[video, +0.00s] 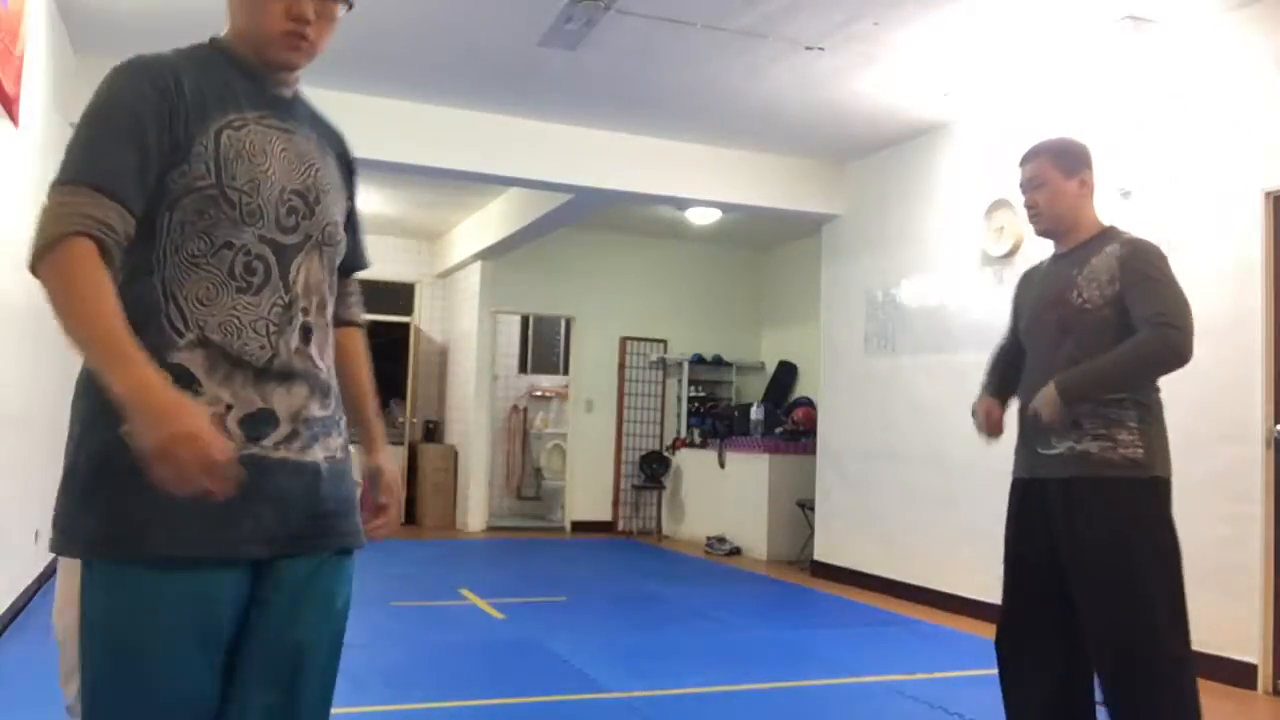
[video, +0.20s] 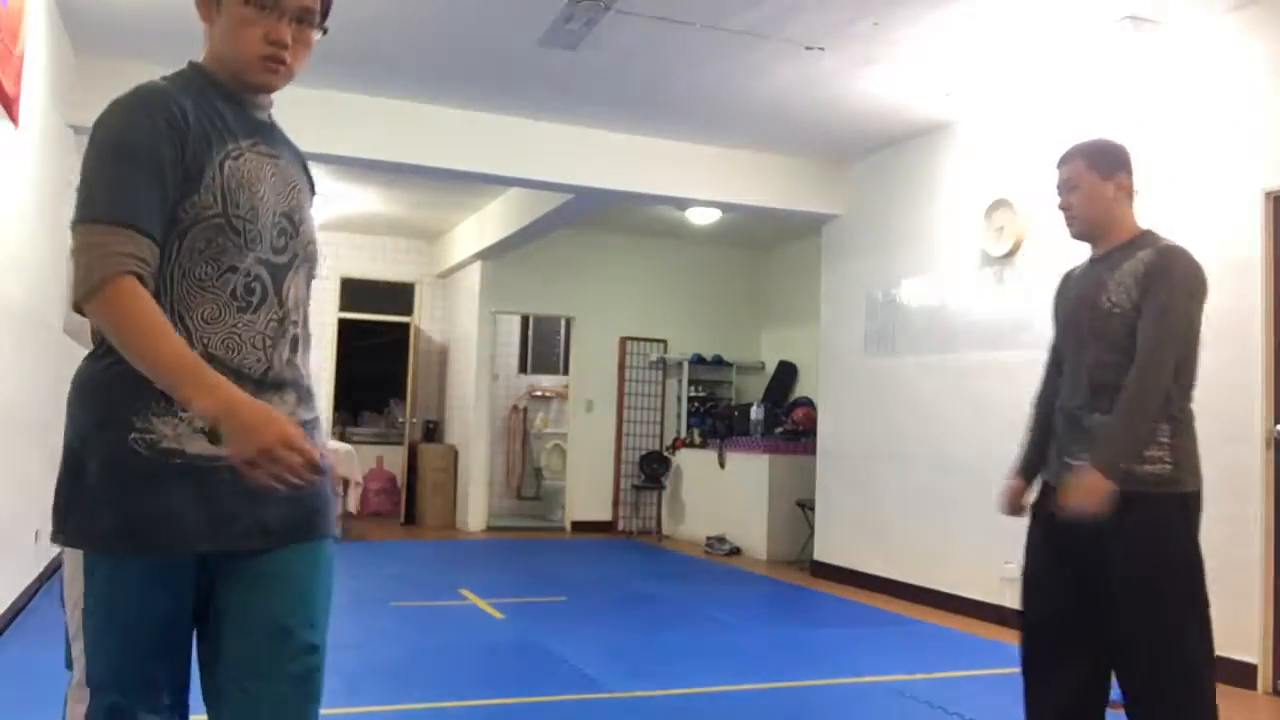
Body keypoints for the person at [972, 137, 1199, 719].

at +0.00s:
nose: (1027, 200)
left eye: (1037, 187)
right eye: (1023, 191)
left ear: (1082, 183)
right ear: (1029, 197)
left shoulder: (1132, 255)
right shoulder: (1032, 281)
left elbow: (1171, 341)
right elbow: (1015, 348)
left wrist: (1068, 388)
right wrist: (994, 391)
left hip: (1117, 482)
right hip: (1039, 484)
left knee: (1138, 648)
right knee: (1037, 645)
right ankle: (1047, 717)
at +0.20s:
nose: (1061, 203)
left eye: (1071, 189)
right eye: (1060, 192)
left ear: (1117, 187)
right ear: (1105, 192)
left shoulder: (1170, 267)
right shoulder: (1072, 282)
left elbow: (1153, 377)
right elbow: (1056, 380)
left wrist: (1104, 464)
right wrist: (1029, 464)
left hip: (1149, 499)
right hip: (1066, 497)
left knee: (1162, 671)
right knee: (1058, 669)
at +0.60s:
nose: (1086, 214)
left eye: (1096, 201)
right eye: (1086, 202)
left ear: (1142, 199)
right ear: (1134, 202)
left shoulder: (1198, 272)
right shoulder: (1116, 270)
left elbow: (1261, 365)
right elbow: (1134, 373)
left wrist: (1260, 488)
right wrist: (1116, 474)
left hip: (1194, 505)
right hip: (1121, 499)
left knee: (1198, 672)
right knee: (1118, 664)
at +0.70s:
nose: (1093, 215)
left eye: (1103, 202)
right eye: (1093, 202)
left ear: (1150, 202)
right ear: (1138, 205)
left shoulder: (1205, 273)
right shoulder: (1121, 269)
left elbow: (1254, 371)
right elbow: (1126, 358)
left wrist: (1259, 467)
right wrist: (1097, 400)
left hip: (1193, 496)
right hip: (1122, 493)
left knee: (1193, 648)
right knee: (1124, 641)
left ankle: (1197, 717)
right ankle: (1130, 713)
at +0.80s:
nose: (1100, 217)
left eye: (1111, 205)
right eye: (1100, 205)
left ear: (1156, 205)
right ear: (1138, 209)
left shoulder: (1206, 272)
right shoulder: (1122, 270)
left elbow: (1233, 351)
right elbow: (1097, 327)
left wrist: (1218, 415)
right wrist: (1076, 376)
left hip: (1187, 486)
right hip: (1120, 482)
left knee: (1190, 619)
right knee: (1127, 606)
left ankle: (1202, 710)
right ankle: (1153, 705)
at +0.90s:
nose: (1101, 223)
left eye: (1112, 210)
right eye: (1100, 211)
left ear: (1155, 211)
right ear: (1136, 216)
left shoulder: (1202, 277)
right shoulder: (1119, 285)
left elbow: (1221, 349)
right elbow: (1082, 336)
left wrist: (1172, 394)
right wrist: (1054, 381)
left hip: (1183, 489)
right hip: (1117, 488)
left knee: (1187, 629)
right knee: (1133, 625)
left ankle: (1203, 713)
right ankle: (1161, 709)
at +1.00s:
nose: (1098, 229)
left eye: (1110, 218)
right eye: (1097, 219)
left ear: (1151, 220)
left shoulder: (1192, 282)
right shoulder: (1114, 298)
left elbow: (1185, 361)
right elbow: (1083, 362)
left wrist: (1129, 415)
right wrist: (1036, 412)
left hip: (1171, 487)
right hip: (1111, 487)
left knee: (1179, 633)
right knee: (1133, 633)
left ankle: (1199, 714)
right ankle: (1158, 712)